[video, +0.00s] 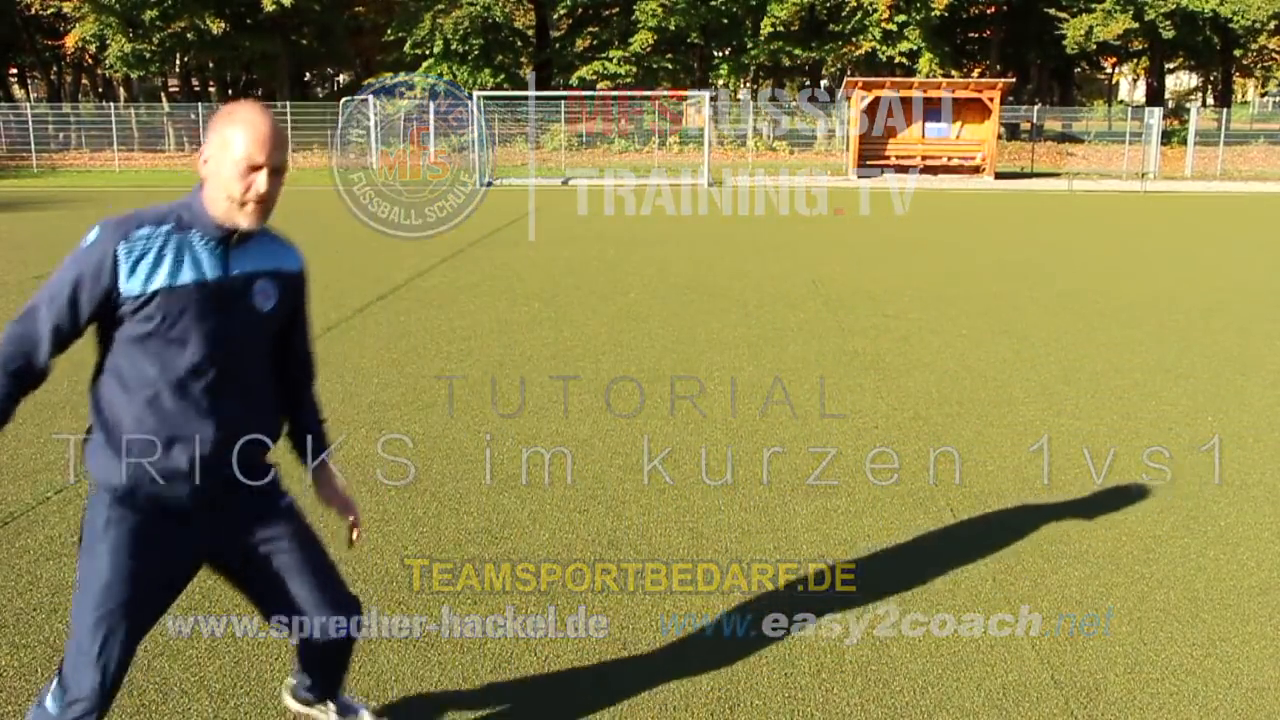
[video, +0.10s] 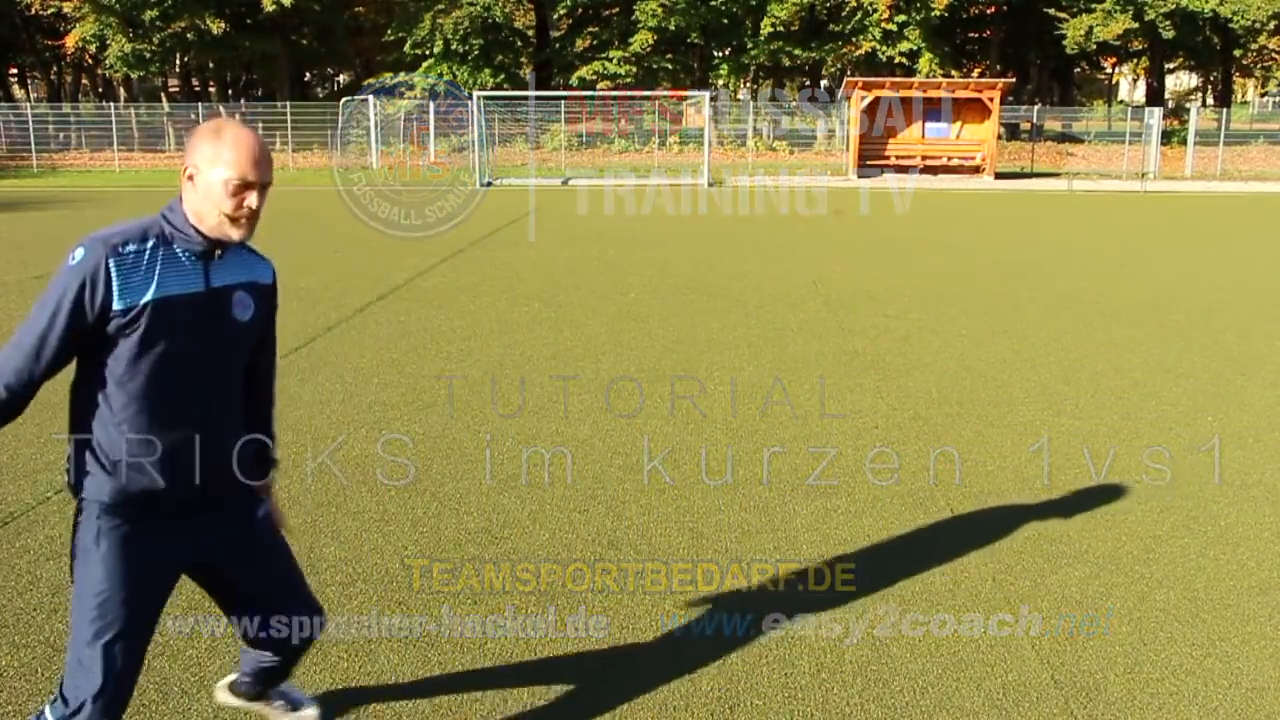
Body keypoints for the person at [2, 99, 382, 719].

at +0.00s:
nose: (264, 186)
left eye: (275, 170)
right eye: (249, 168)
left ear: (285, 170)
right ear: (205, 160)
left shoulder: (281, 262)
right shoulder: (123, 246)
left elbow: (295, 378)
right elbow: (24, 348)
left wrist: (321, 467)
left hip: (244, 495)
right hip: (138, 499)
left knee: (334, 621)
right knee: (89, 685)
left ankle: (314, 699)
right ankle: (48, 711)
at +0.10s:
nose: (254, 203)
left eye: (262, 189)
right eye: (239, 188)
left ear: (269, 186)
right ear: (191, 176)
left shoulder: (255, 274)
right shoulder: (107, 262)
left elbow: (258, 393)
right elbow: (14, 376)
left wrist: (261, 488)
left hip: (224, 502)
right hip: (127, 507)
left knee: (292, 621)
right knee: (96, 694)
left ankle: (252, 688)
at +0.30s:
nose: (287, 157)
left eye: (290, 143)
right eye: (274, 143)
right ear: (224, 134)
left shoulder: (262, 217)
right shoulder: (151, 218)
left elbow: (235, 326)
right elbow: (78, 337)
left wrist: (236, 412)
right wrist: (50, 450)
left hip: (234, 436)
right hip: (160, 446)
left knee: (249, 575)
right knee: (133, 624)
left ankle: (203, 703)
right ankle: (80, 712)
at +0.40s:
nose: (302, 157)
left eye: (305, 143)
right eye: (290, 143)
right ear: (243, 133)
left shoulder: (265, 212)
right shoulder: (175, 216)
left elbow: (240, 325)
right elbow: (115, 342)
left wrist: (249, 414)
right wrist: (109, 455)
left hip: (247, 427)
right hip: (187, 436)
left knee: (249, 573)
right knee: (186, 596)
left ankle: (208, 700)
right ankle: (131, 712)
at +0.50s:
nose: (316, 150)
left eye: (319, 137)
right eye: (305, 138)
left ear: (275, 132)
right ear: (261, 129)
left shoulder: (265, 194)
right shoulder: (194, 207)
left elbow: (245, 313)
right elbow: (144, 334)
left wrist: (261, 401)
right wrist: (154, 442)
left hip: (256, 415)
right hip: (212, 425)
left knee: (247, 576)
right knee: (250, 588)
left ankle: (213, 697)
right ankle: (204, 711)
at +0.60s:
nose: (330, 143)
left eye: (331, 130)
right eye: (319, 131)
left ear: (284, 125)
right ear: (275, 123)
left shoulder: (271, 191)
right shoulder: (215, 201)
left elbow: (277, 303)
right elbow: (172, 330)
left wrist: (294, 384)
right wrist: (185, 435)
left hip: (263, 400)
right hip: (226, 410)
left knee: (233, 561)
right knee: (307, 561)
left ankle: (204, 699)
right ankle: (287, 710)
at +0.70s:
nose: (337, 147)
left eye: (338, 135)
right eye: (328, 136)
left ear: (295, 130)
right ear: (291, 127)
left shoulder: (276, 191)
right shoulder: (242, 199)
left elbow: (284, 304)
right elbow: (202, 329)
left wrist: (317, 377)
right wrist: (213, 433)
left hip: (272, 394)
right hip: (255, 399)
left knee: (235, 555)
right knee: (352, 536)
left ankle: (204, 700)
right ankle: (344, 684)